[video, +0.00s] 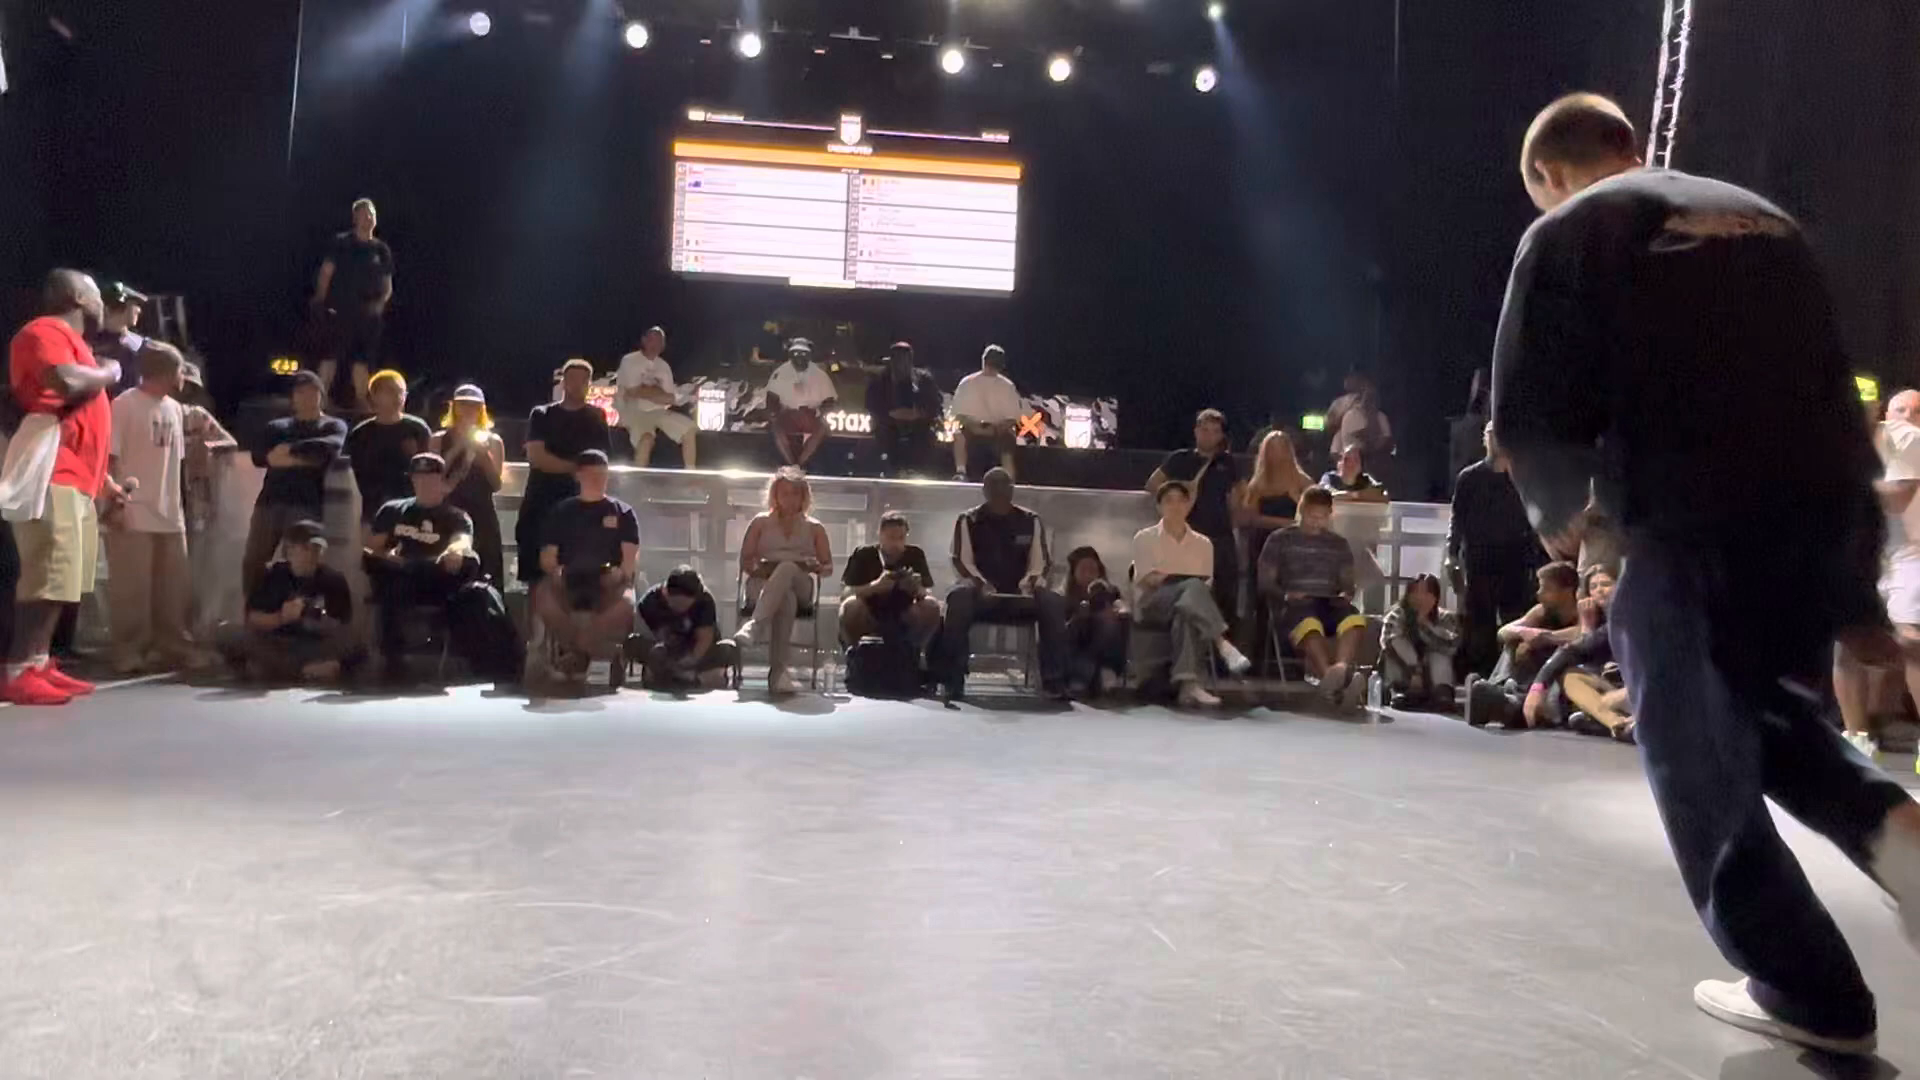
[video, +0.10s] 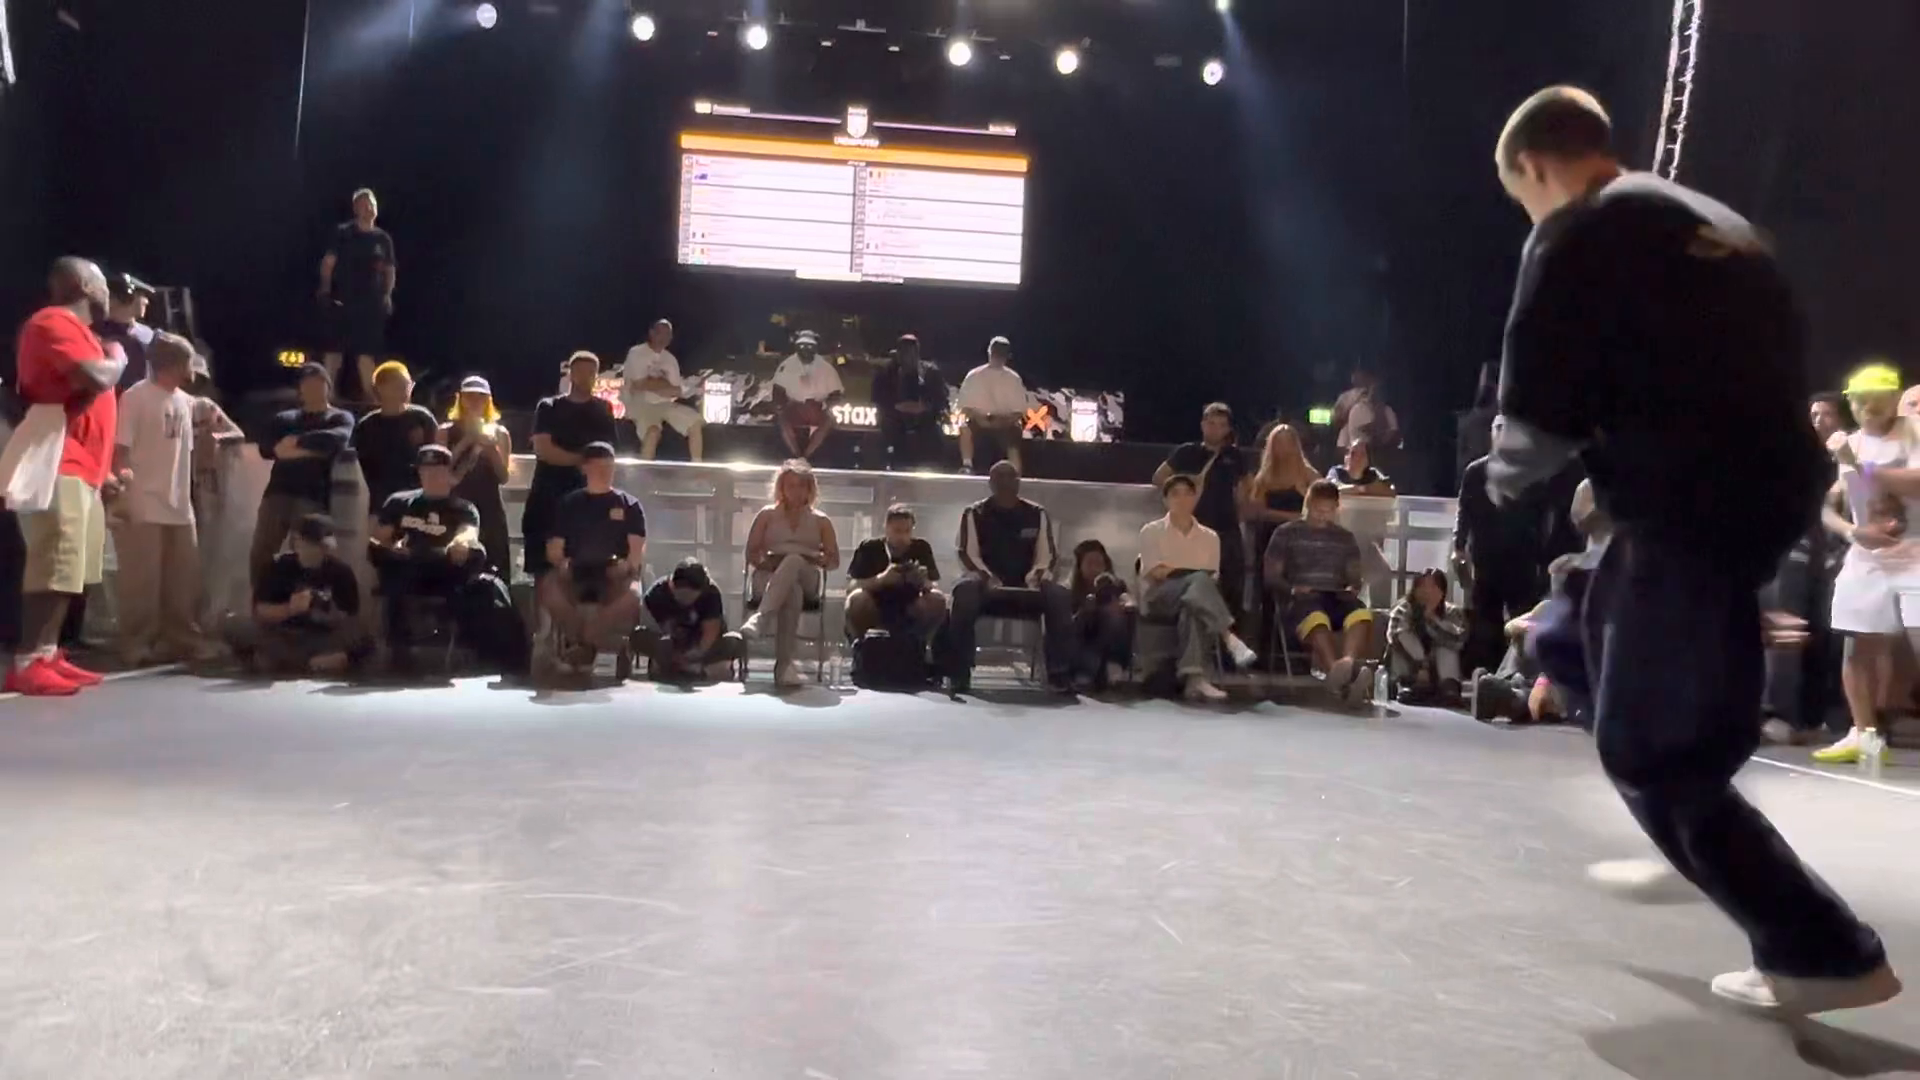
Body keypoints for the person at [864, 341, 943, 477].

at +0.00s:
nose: (901, 363)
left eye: (905, 358)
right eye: (897, 358)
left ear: (911, 360)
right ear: (892, 360)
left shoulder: (923, 378)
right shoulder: (881, 380)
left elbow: (934, 406)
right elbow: (872, 405)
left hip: (917, 427)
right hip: (890, 430)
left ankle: (919, 470)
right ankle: (891, 468)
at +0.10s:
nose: (909, 356)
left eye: (912, 352)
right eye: (905, 352)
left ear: (917, 352)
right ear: (898, 353)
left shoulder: (930, 371)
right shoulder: (888, 373)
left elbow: (941, 399)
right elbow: (879, 398)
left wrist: (923, 408)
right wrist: (898, 410)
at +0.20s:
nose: (914, 350)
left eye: (917, 345)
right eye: (910, 345)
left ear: (923, 346)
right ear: (904, 346)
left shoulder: (935, 364)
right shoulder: (893, 365)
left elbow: (945, 392)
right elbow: (883, 390)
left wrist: (928, 400)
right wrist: (902, 402)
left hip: (929, 411)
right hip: (902, 413)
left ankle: (939, 455)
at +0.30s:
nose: (918, 345)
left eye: (922, 340)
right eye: (915, 340)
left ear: (928, 341)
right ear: (909, 341)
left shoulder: (940, 359)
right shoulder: (899, 359)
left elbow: (951, 385)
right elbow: (887, 384)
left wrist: (932, 395)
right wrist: (906, 397)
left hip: (934, 405)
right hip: (907, 407)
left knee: (943, 415)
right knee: (896, 412)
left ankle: (942, 451)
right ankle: (896, 449)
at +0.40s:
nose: (924, 341)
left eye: (927, 336)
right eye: (920, 336)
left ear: (933, 337)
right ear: (914, 337)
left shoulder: (946, 354)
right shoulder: (903, 356)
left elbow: (956, 382)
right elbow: (893, 381)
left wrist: (937, 390)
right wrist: (912, 390)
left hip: (939, 402)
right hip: (911, 403)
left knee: (948, 409)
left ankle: (948, 447)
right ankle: (897, 446)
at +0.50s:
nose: (930, 337)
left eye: (934, 332)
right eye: (926, 332)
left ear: (940, 333)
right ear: (920, 332)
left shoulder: (951, 350)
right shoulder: (908, 350)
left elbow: (962, 379)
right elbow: (898, 377)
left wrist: (942, 387)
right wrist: (919, 387)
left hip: (944, 398)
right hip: (916, 399)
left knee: (954, 402)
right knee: (904, 398)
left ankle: (951, 442)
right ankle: (902, 442)